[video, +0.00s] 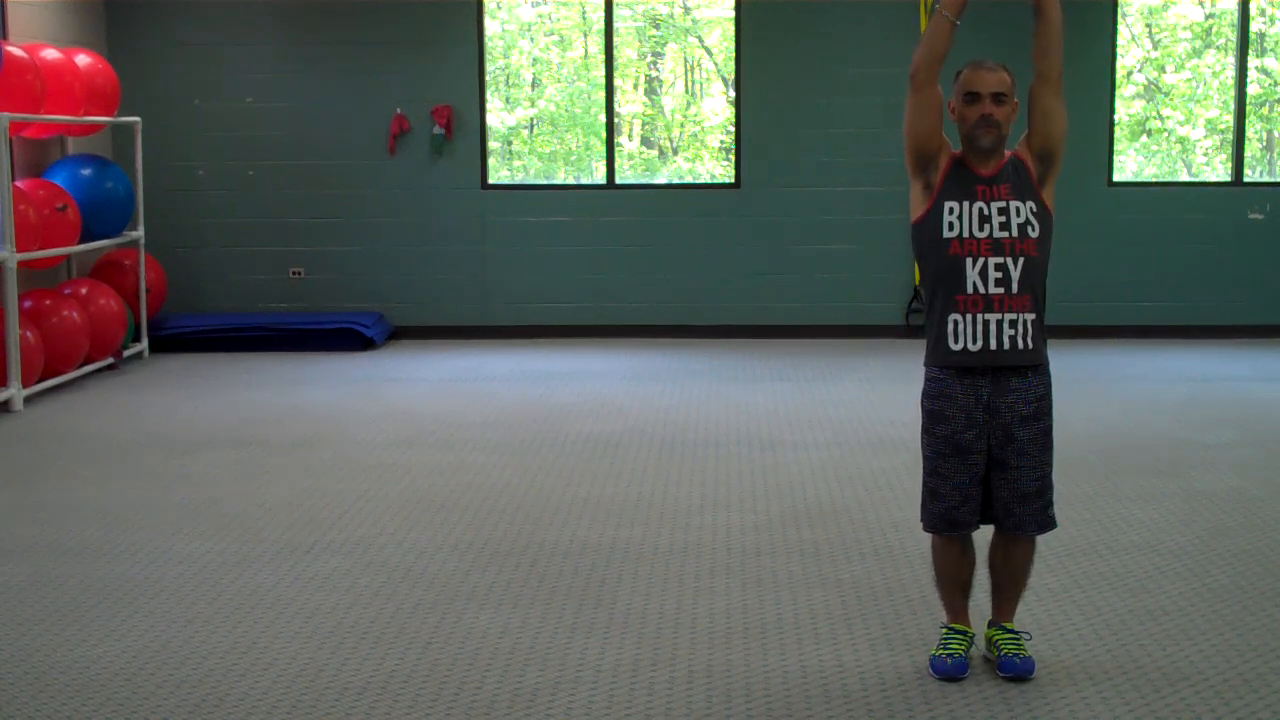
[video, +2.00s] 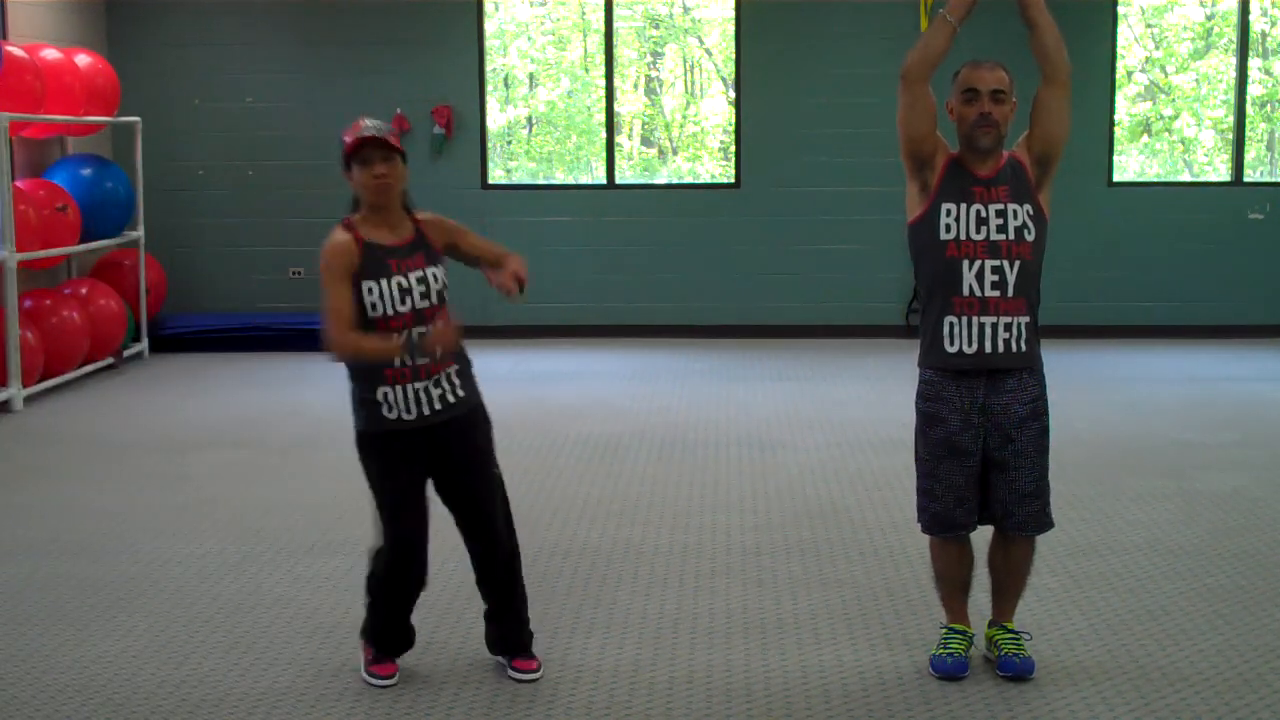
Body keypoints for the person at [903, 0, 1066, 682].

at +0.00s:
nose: (986, 109)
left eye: (998, 99)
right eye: (973, 98)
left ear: (1015, 109)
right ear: (953, 108)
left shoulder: (1036, 171)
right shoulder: (931, 173)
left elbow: (1050, 75)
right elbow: (922, 76)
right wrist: (951, 6)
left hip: (1023, 381)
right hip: (952, 382)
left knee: (1019, 517)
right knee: (950, 518)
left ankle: (1004, 628)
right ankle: (956, 629)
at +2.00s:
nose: (984, 107)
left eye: (997, 97)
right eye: (971, 96)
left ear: (1013, 110)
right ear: (950, 109)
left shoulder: (1032, 173)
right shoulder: (929, 172)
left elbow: (1057, 74)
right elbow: (912, 75)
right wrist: (956, 10)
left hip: (1017, 381)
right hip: (946, 382)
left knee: (1019, 516)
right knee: (946, 517)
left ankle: (1004, 627)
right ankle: (955, 628)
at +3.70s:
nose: (1033, 123)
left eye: (1033, 114)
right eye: (1019, 112)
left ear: (1029, 130)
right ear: (979, 129)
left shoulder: (1043, 183)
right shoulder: (940, 185)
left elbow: (1104, 109)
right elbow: (930, 88)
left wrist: (1135, 31)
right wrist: (975, 14)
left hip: (1034, 396)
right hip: (955, 400)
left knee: (1092, 517)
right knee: (946, 534)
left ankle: (1091, 615)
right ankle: (949, 631)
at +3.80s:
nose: (1045, 120)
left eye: (1044, 110)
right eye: (1031, 109)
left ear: (1030, 124)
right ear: (988, 125)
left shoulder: (1055, 178)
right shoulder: (950, 182)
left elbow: (1134, 126)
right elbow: (943, 80)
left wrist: (1210, 67)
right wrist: (977, 10)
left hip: (1048, 396)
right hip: (968, 400)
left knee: (1106, 515)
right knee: (951, 532)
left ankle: (1148, 616)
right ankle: (949, 630)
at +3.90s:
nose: (1059, 119)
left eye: (1056, 108)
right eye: (1045, 109)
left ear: (1037, 123)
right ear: (1002, 124)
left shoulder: (1075, 175)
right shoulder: (966, 182)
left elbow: (1166, 155)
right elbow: (952, 86)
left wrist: (1250, 135)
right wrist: (983, 7)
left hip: (1069, 395)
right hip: (989, 400)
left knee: (1113, 515)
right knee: (962, 530)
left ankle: (1142, 622)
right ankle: (950, 630)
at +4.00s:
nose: (1070, 117)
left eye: (1068, 107)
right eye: (1056, 108)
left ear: (1049, 123)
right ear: (1013, 125)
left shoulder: (1088, 180)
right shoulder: (976, 184)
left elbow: (1174, 195)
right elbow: (961, 85)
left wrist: (1251, 207)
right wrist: (988, 7)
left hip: (1085, 391)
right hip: (1005, 397)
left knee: (1122, 513)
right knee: (964, 523)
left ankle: (1143, 623)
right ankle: (947, 624)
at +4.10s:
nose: (1073, 120)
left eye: (1070, 111)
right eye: (1059, 112)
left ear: (1045, 127)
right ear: (1017, 126)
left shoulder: (1086, 191)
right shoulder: (976, 188)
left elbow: (1152, 233)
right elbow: (960, 96)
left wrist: (1218, 267)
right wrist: (986, 12)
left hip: (1091, 392)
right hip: (1013, 401)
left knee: (1125, 515)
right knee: (984, 526)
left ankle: (1144, 622)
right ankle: (946, 622)